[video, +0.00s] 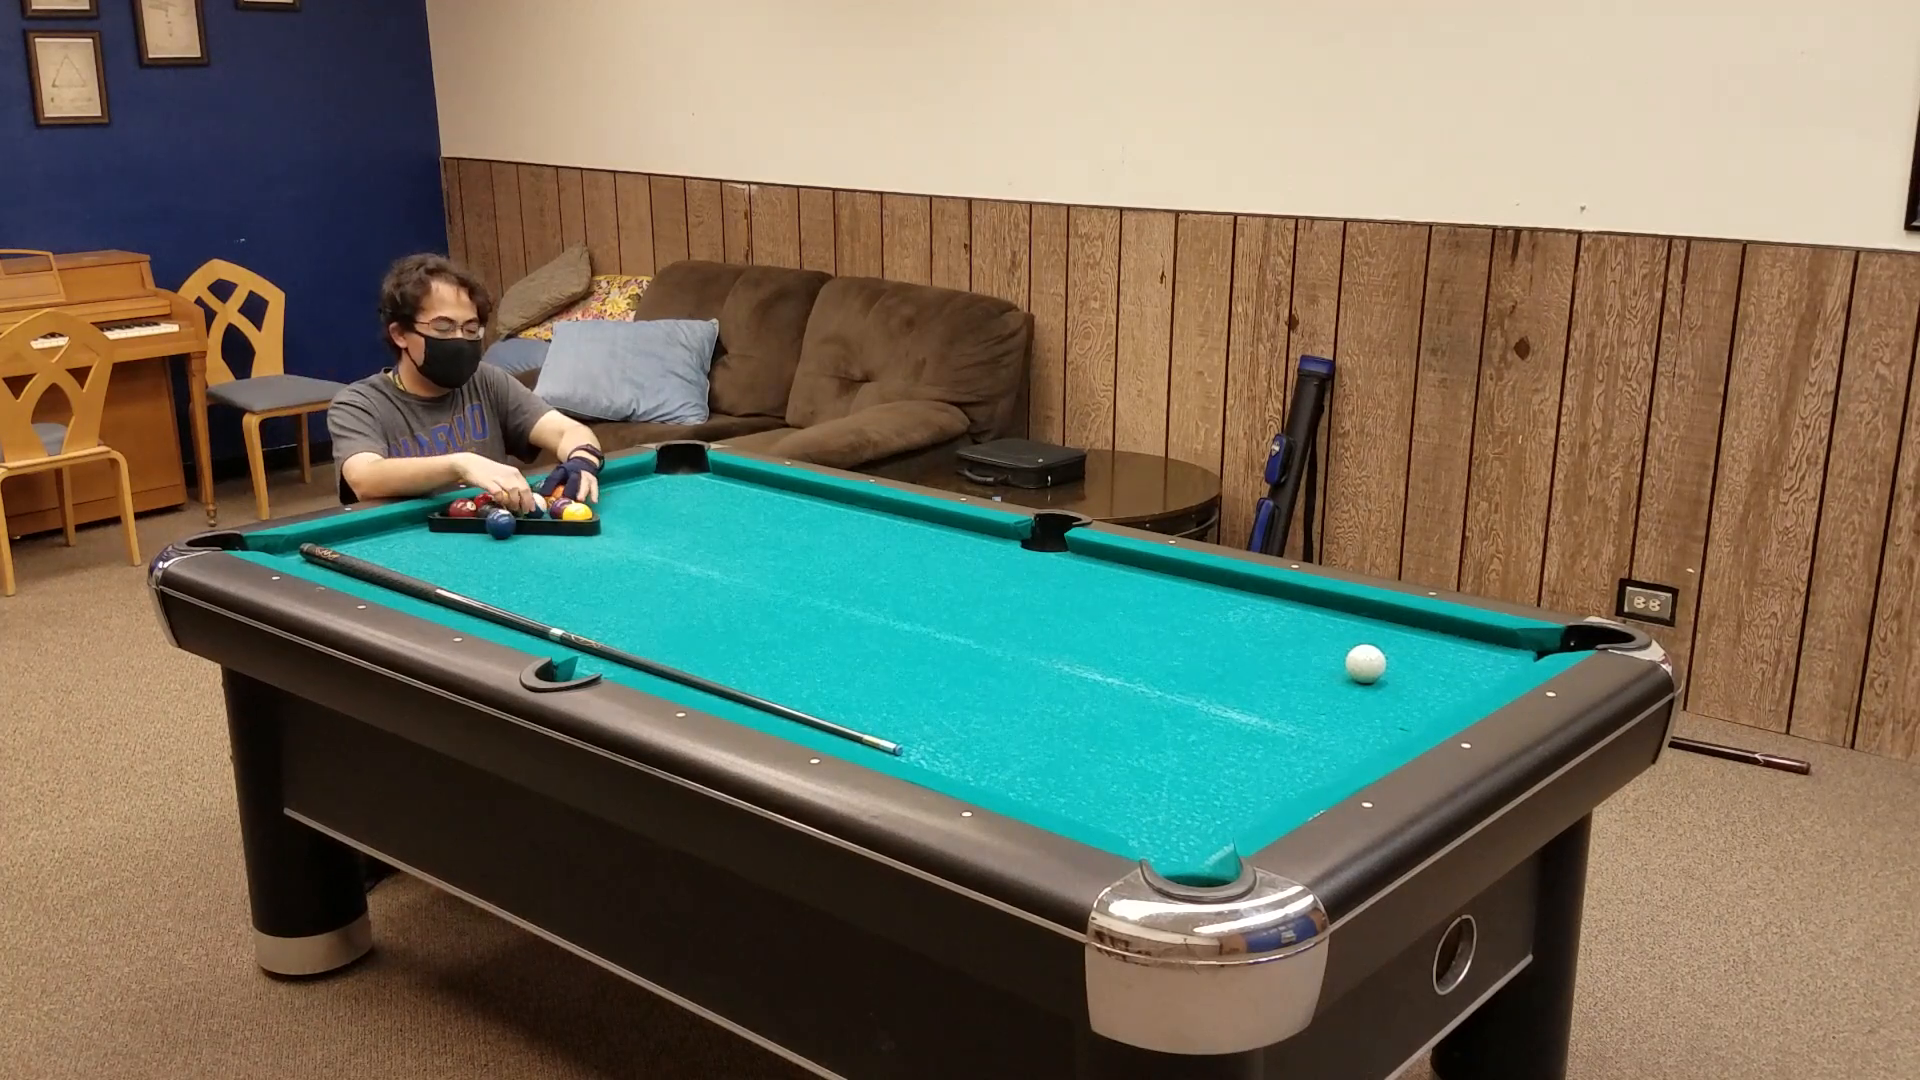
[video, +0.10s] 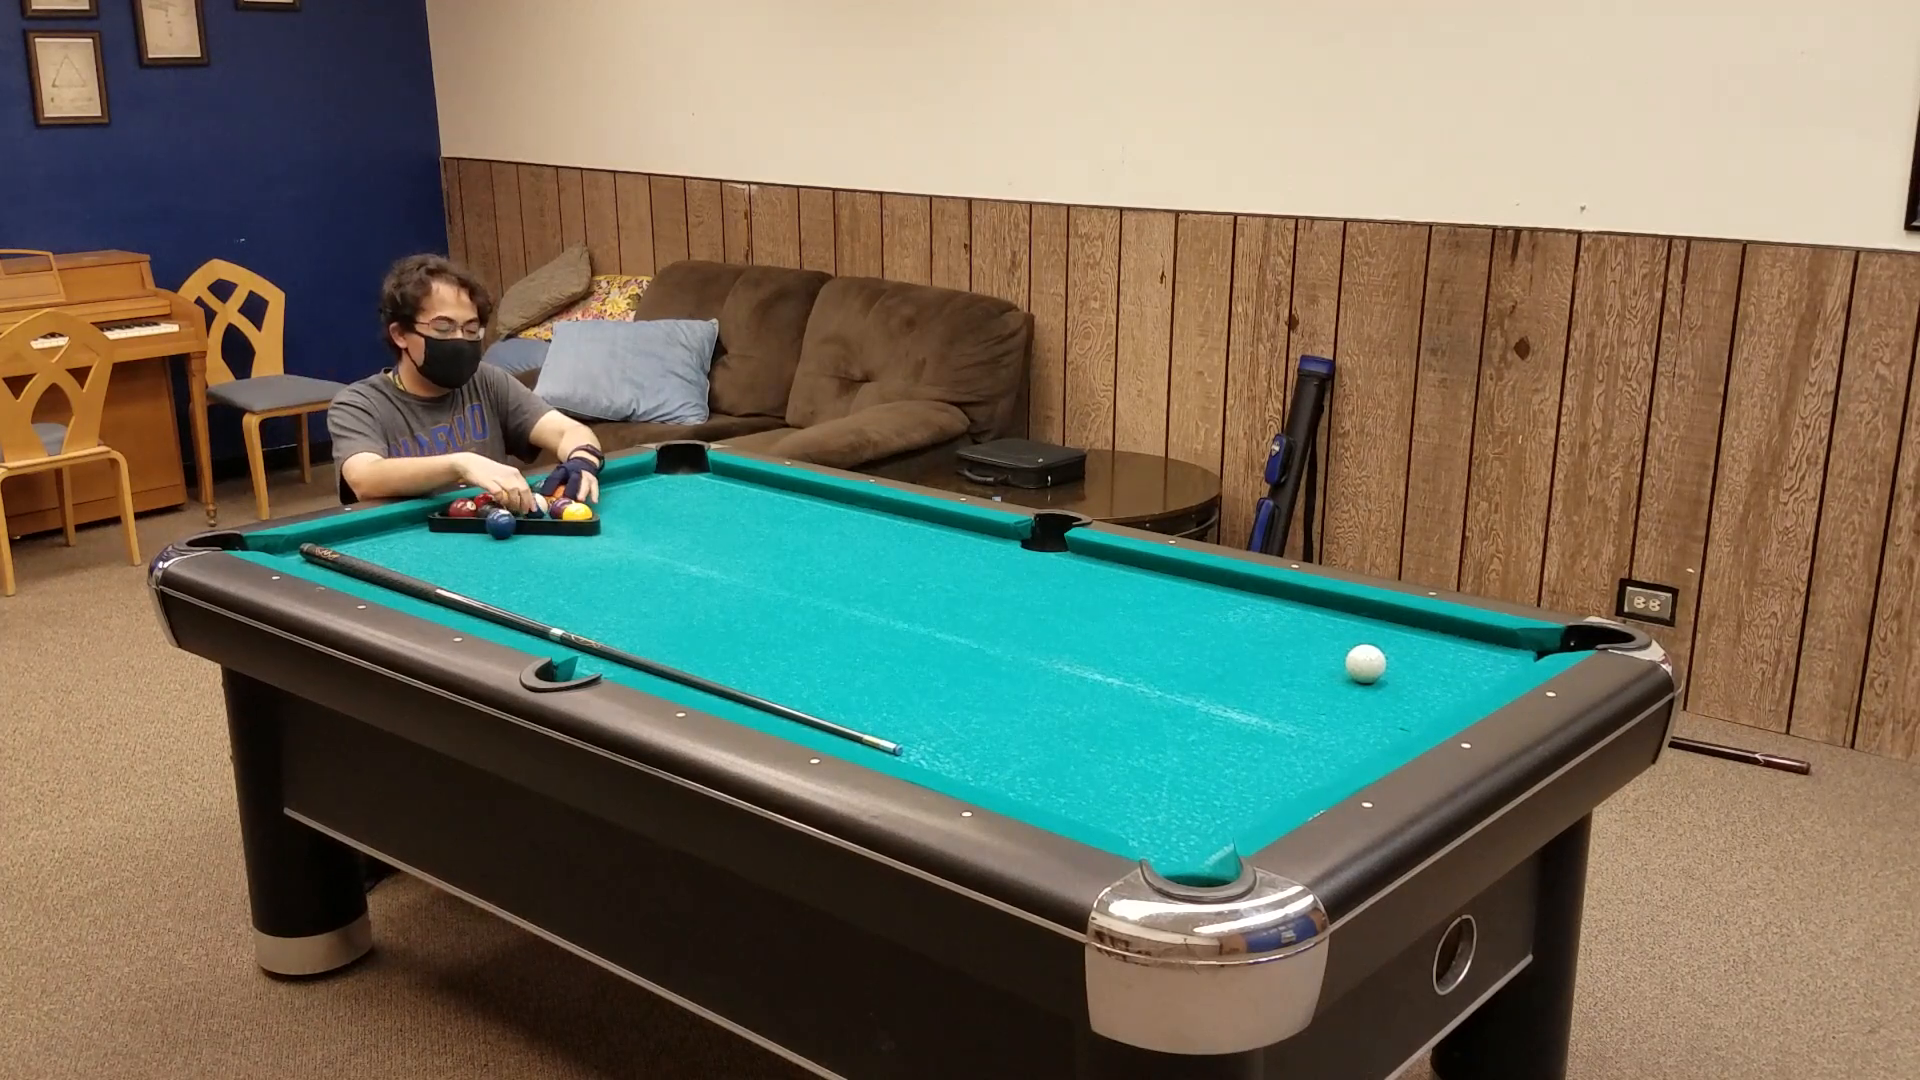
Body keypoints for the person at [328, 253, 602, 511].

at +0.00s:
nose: (462, 340)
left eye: (471, 327)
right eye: (444, 327)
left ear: (481, 327)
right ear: (400, 334)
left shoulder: (487, 382)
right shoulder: (360, 404)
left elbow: (567, 431)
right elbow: (365, 479)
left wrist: (582, 458)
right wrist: (462, 464)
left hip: (499, 550)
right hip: (409, 565)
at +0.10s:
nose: (462, 341)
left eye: (471, 327)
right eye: (444, 327)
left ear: (481, 328)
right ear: (400, 334)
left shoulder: (488, 382)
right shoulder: (360, 404)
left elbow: (567, 431)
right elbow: (365, 479)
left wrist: (582, 458)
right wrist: (462, 464)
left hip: (499, 552)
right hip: (409, 565)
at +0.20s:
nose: (461, 342)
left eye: (470, 329)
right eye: (443, 327)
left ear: (481, 329)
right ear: (400, 334)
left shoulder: (488, 381)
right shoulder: (360, 404)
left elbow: (568, 431)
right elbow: (365, 480)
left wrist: (582, 458)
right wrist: (460, 463)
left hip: (503, 550)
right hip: (411, 565)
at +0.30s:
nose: (460, 343)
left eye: (470, 330)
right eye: (443, 328)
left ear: (480, 330)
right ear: (401, 335)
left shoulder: (488, 382)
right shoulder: (360, 404)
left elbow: (567, 431)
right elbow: (364, 482)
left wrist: (583, 457)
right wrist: (442, 455)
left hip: (500, 549)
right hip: (411, 565)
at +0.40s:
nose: (461, 344)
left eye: (471, 330)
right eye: (444, 329)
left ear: (481, 330)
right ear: (401, 336)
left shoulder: (488, 381)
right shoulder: (360, 405)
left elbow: (567, 431)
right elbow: (362, 483)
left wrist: (583, 457)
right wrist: (434, 450)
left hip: (500, 552)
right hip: (410, 567)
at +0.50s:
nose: (461, 345)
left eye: (471, 331)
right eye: (443, 330)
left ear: (481, 331)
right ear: (401, 336)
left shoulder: (489, 382)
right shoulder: (361, 404)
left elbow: (567, 431)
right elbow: (363, 481)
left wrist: (583, 457)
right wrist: (442, 455)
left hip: (502, 555)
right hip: (411, 568)